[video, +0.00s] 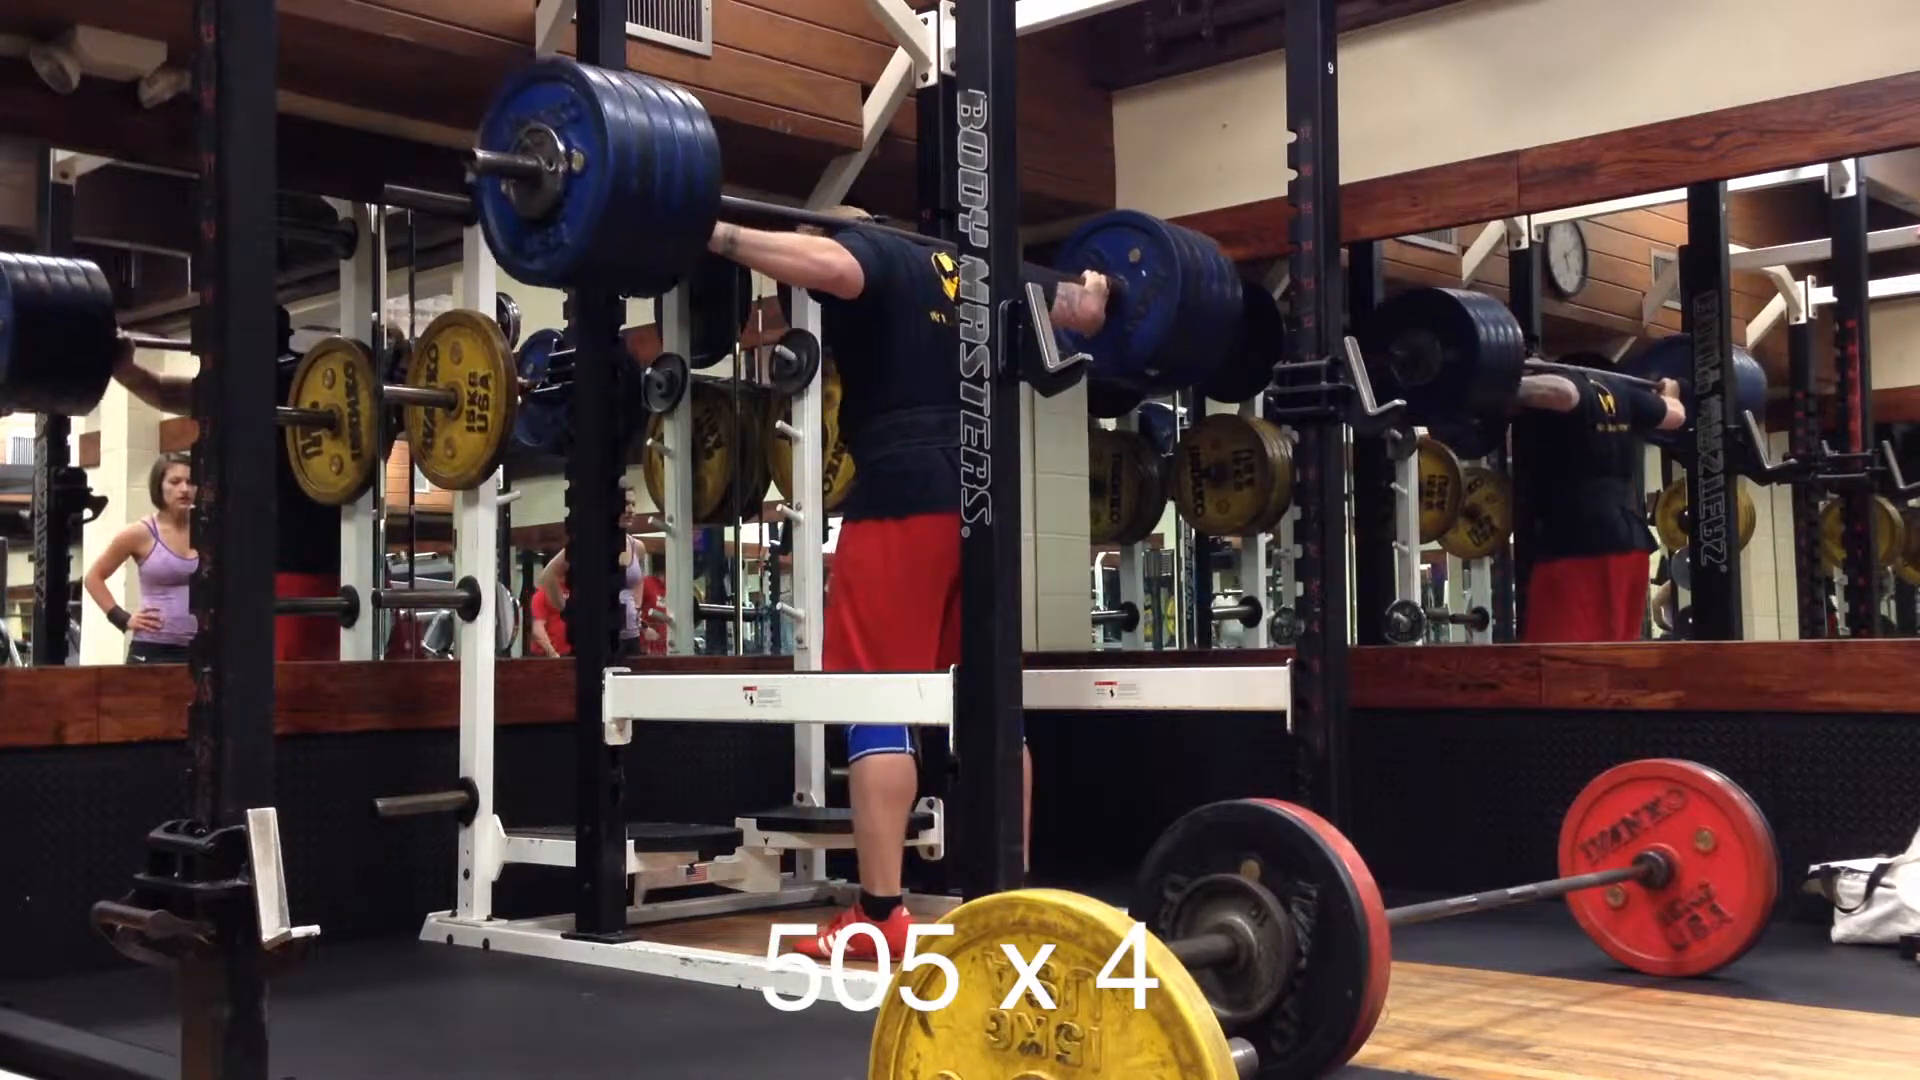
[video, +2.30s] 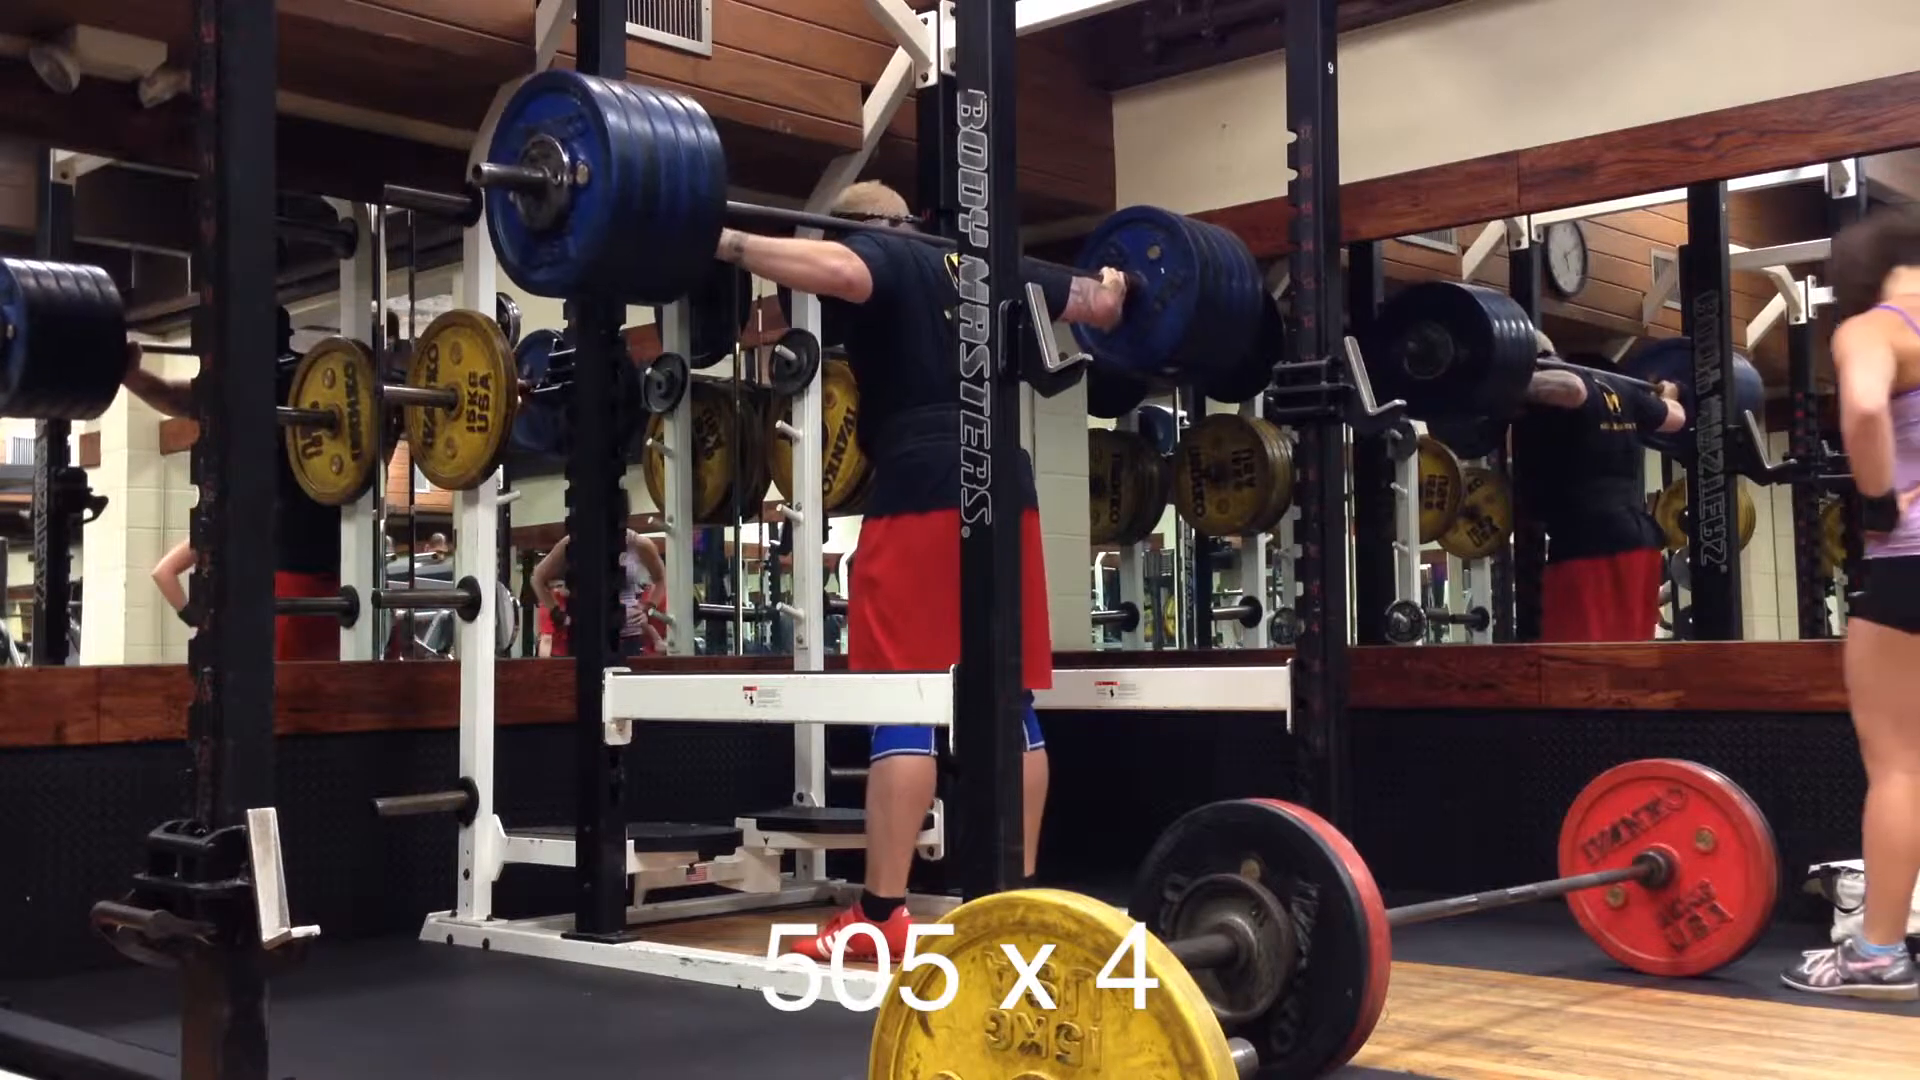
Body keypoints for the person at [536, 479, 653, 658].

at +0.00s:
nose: (629, 510)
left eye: (632, 505)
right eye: (624, 504)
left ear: (636, 508)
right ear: (609, 507)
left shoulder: (636, 546)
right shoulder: (588, 543)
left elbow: (638, 580)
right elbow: (548, 576)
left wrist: (636, 608)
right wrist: (564, 609)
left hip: (629, 630)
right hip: (595, 630)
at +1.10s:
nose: (620, 524)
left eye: (623, 519)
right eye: (614, 518)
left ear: (627, 518)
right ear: (598, 517)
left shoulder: (634, 548)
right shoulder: (575, 544)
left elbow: (639, 581)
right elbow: (540, 577)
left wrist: (637, 606)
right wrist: (556, 609)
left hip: (625, 628)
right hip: (587, 629)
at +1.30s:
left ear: (616, 520)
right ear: (583, 518)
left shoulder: (629, 549)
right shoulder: (565, 544)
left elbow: (635, 585)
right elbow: (528, 578)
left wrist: (629, 610)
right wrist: (546, 612)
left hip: (614, 629)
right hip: (576, 628)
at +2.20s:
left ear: (614, 522)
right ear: (580, 523)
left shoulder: (632, 546)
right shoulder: (565, 546)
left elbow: (655, 581)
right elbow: (532, 579)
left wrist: (642, 611)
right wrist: (551, 614)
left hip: (618, 629)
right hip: (578, 629)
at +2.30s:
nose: (608, 526)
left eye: (616, 519)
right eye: (601, 519)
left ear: (624, 517)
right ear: (588, 517)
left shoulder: (640, 545)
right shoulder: (572, 544)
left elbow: (660, 579)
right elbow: (538, 578)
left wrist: (647, 608)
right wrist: (555, 611)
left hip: (627, 631)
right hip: (584, 629)